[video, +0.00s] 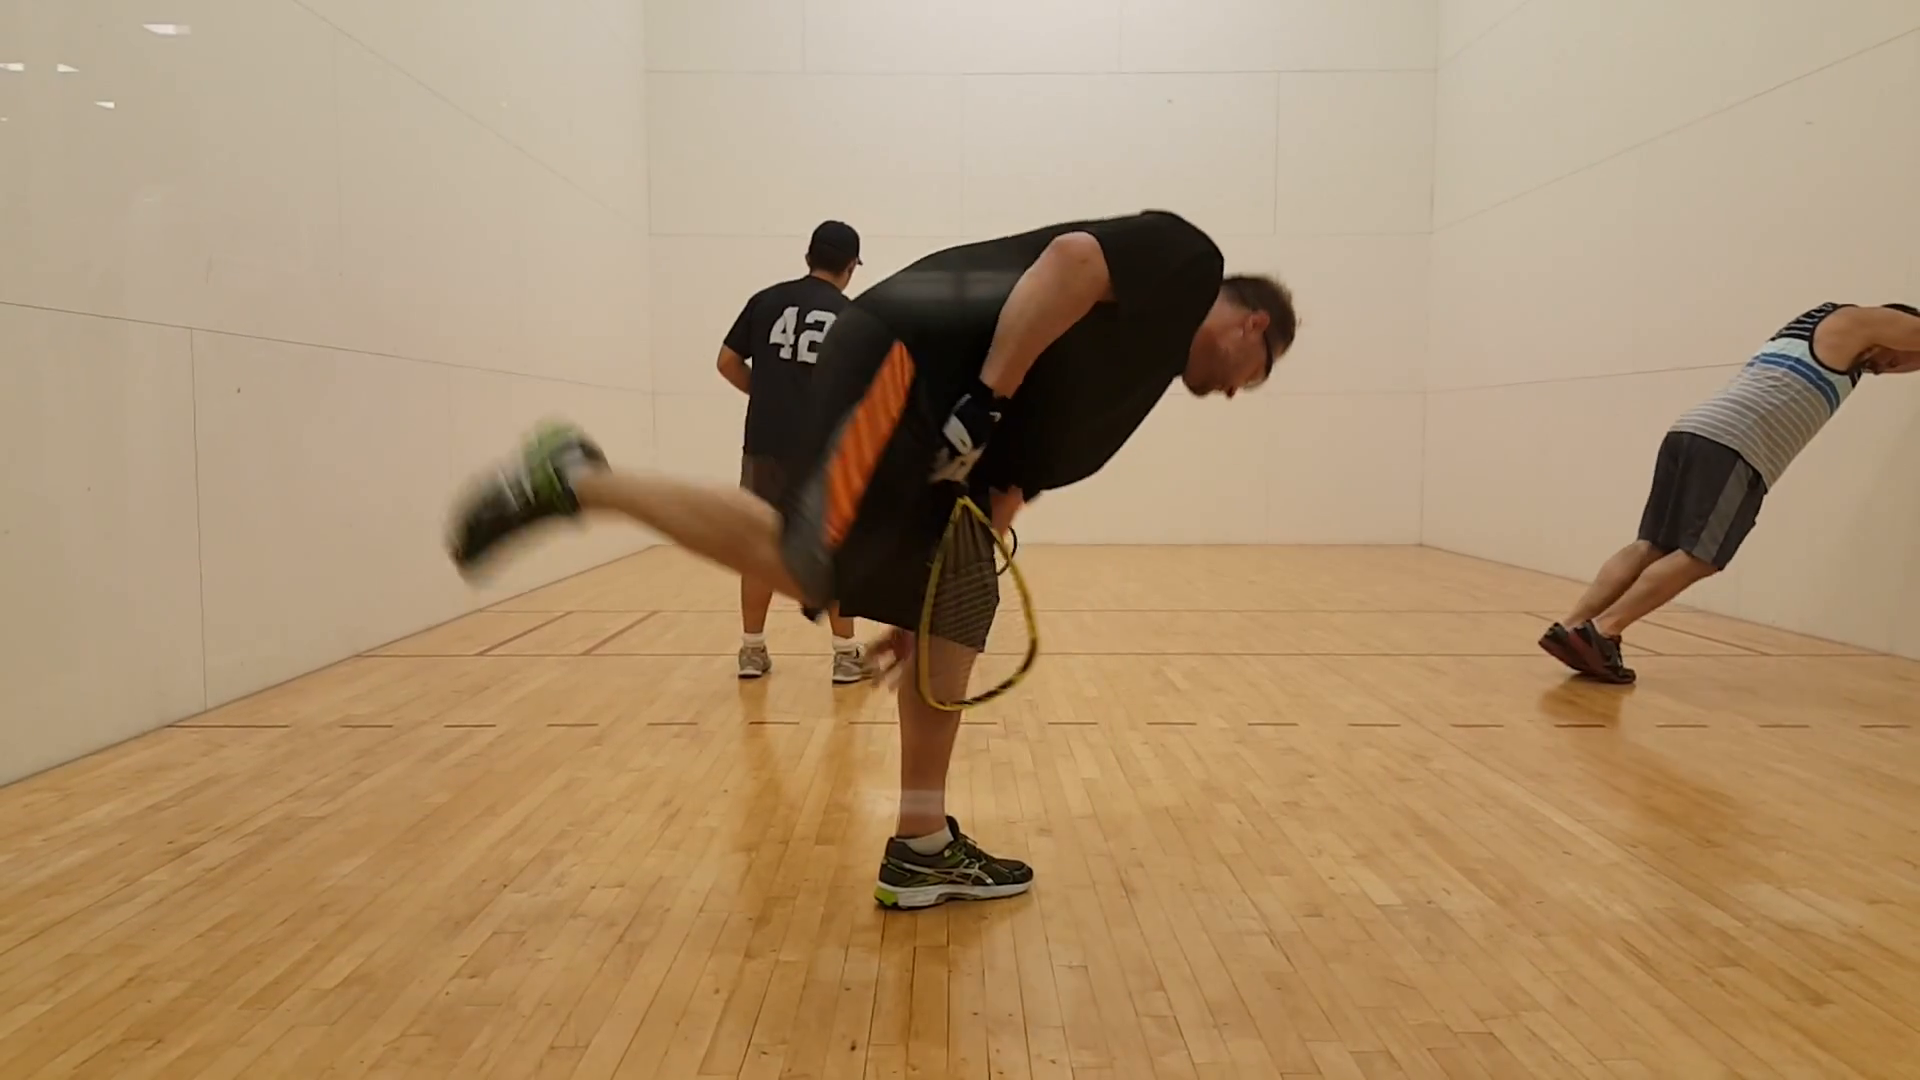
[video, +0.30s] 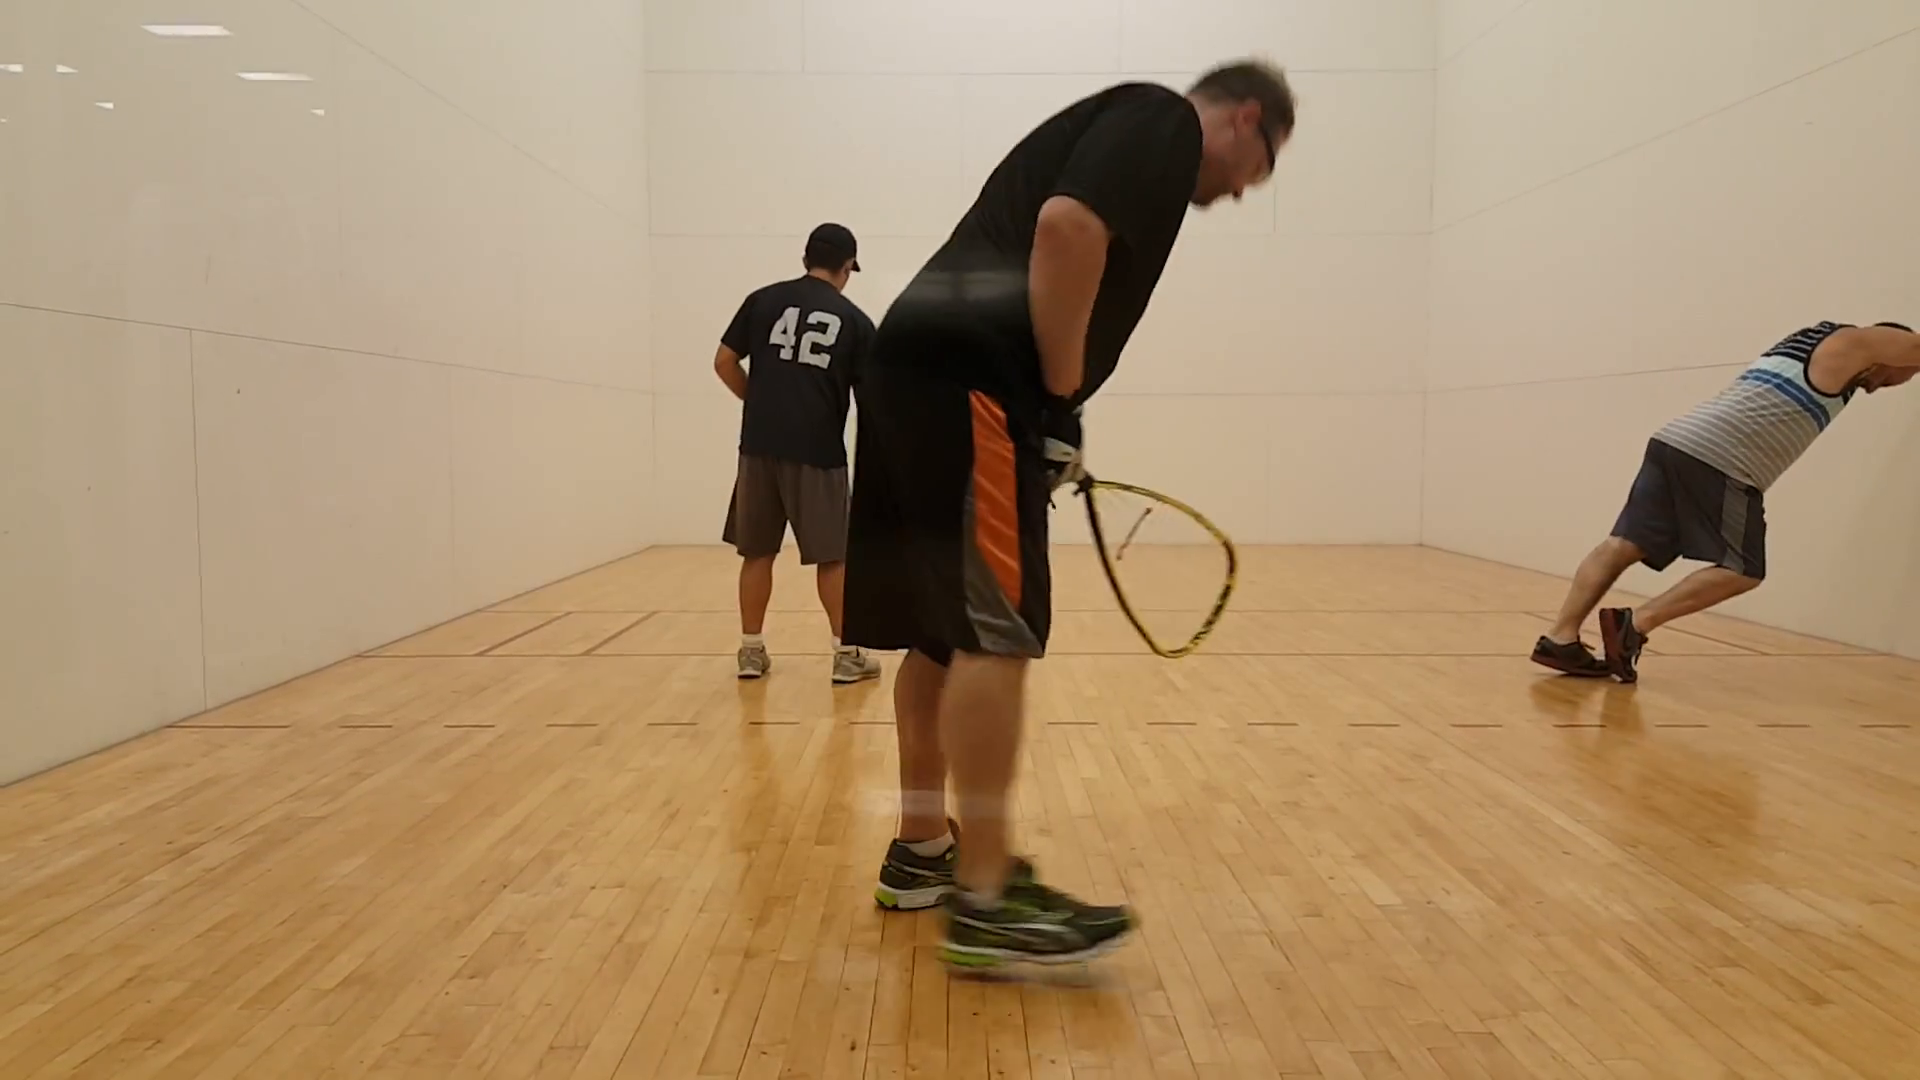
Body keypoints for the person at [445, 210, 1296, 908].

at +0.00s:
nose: (1238, 386)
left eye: (1251, 381)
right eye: (1252, 364)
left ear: (1240, 337)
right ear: (1243, 309)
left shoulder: (1127, 389)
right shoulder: (1183, 254)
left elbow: (1016, 476)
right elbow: (1071, 265)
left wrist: (955, 599)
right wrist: (986, 404)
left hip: (968, 433)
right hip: (915, 356)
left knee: (943, 621)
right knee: (809, 571)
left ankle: (922, 848)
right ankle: (581, 480)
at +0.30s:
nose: (1249, 185)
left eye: (1263, 173)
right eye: (1261, 161)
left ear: (1228, 112)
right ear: (1239, 118)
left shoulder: (1122, 123)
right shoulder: (1164, 121)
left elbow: (1024, 243)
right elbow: (1068, 226)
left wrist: (1055, 417)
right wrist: (1062, 396)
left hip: (922, 361)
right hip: (975, 370)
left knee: (945, 626)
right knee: (999, 631)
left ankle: (922, 848)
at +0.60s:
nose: (1269, 53)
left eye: (1280, 39)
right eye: (1279, 30)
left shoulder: (1071, 51)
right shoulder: (1195, 61)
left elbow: (978, 224)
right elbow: (1164, 258)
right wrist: (1179, 433)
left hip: (970, 376)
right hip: (1067, 387)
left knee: (972, 615)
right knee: (1072, 657)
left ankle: (940, 837)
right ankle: (1063, 917)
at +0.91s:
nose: (1354, 26)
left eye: (1364, 14)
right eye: (1357, 4)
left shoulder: (1154, 19)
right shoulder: (1251, 55)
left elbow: (1090, 224)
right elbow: (1201, 273)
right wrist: (1200, 462)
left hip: (1001, 373)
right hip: (1094, 401)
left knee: (968, 603)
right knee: (1086, 665)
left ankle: (855, 812)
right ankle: (1064, 917)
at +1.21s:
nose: (1443, 67)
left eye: (1458, 48)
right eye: (1455, 36)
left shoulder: (1216, 22)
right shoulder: (1327, 89)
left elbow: (1120, 208)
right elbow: (1261, 323)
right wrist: (1228, 519)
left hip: (1001, 345)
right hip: (1102, 397)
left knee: (912, 552)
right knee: (1087, 664)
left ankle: (721, 696)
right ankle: (1065, 918)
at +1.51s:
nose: (1505, 192)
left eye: (1524, 176)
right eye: (1523, 165)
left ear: (1459, 78)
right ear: (1493, 110)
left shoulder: (1281, 56)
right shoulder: (1378, 242)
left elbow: (1111, 145)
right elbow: (1326, 462)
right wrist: (1296, 652)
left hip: (978, 310)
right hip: (1086, 390)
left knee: (855, 463)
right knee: (1115, 655)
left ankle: (624, 536)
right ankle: (1068, 926)